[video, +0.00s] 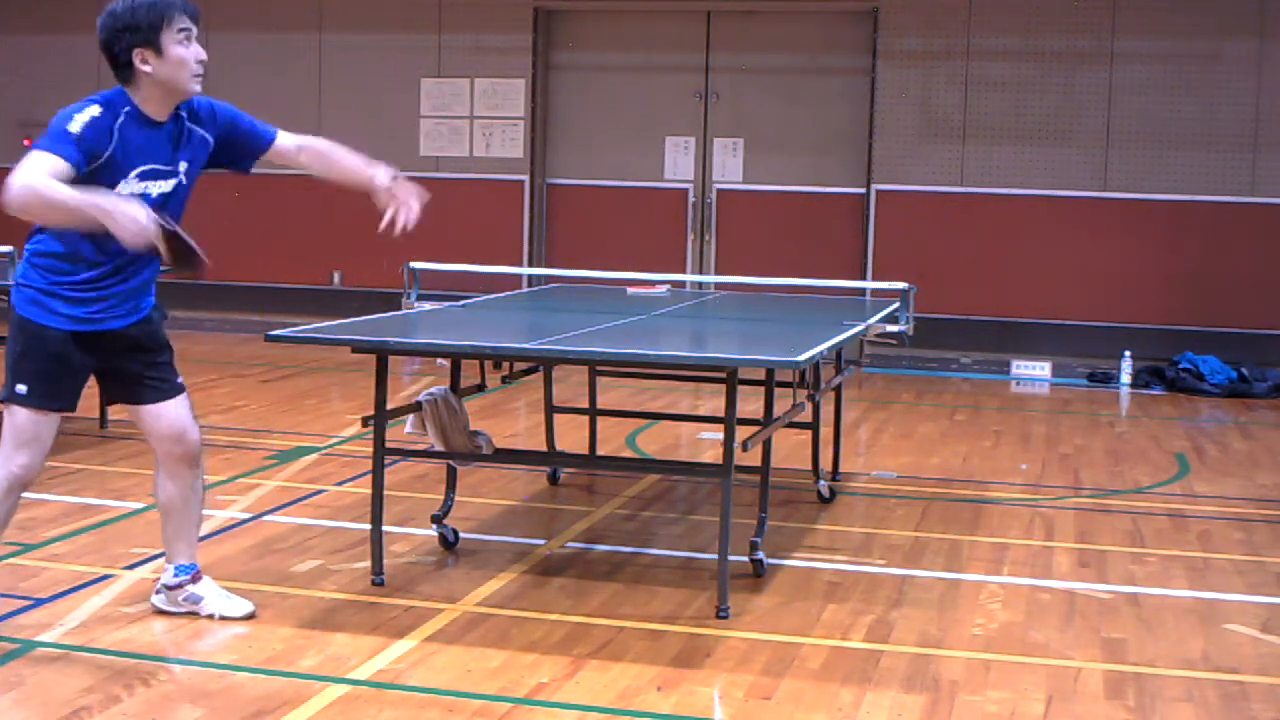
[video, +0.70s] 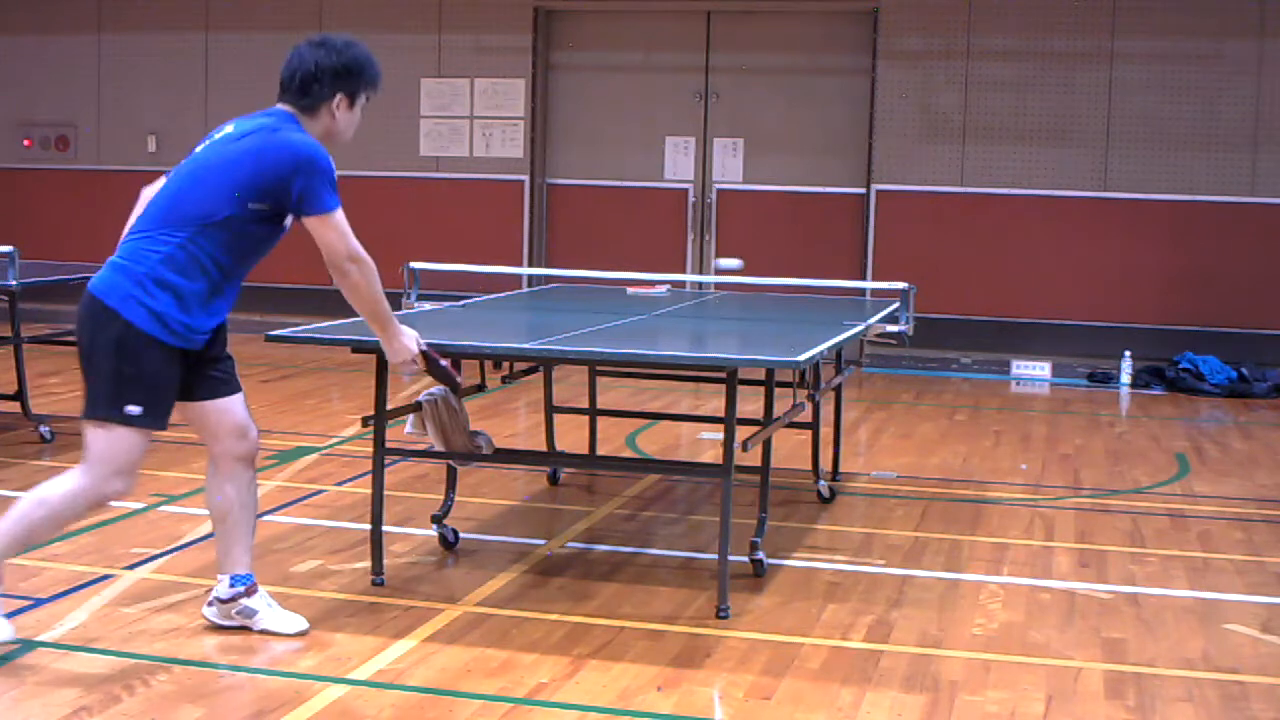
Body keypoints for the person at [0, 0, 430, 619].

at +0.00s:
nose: (202, 52)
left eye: (198, 39)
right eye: (185, 40)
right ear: (142, 59)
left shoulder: (206, 122)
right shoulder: (92, 121)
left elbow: (302, 150)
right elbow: (21, 190)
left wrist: (381, 177)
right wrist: (107, 208)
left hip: (131, 310)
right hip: (51, 310)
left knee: (180, 440)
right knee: (17, 467)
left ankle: (180, 578)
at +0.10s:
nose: (200, 65)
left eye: (198, 50)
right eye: (183, 51)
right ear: (138, 68)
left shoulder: (204, 135)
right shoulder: (93, 125)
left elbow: (286, 183)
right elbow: (24, 195)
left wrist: (348, 236)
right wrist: (32, 152)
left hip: (130, 316)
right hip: (48, 313)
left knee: (187, 447)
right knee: (23, 470)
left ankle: (183, 577)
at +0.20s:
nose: (212, 85)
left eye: (211, 70)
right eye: (197, 70)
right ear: (151, 80)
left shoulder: (204, 154)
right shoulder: (98, 126)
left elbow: (251, 225)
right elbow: (29, 181)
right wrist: (28, 125)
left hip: (128, 322)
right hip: (49, 320)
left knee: (201, 440)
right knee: (27, 475)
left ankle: (186, 571)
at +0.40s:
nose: (288, 144)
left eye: (295, 132)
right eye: (288, 127)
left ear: (254, 111)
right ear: (251, 106)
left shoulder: (218, 160)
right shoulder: (181, 125)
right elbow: (209, 202)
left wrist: (305, 284)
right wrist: (311, 275)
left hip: (146, 318)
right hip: (71, 315)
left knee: (214, 446)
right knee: (30, 473)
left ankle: (232, 590)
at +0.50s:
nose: (331, 143)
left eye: (335, 131)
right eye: (329, 129)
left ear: (290, 113)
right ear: (298, 115)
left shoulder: (241, 145)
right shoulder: (250, 154)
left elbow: (320, 246)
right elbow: (320, 250)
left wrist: (385, 324)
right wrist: (388, 328)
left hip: (165, 323)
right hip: (95, 319)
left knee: (231, 448)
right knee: (37, 473)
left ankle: (233, 592)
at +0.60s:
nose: (353, 139)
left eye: (357, 124)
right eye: (355, 124)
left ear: (303, 110)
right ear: (330, 119)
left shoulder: (257, 144)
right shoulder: (289, 162)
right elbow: (346, 266)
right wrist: (396, 334)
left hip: (185, 326)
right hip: (118, 318)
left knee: (237, 444)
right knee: (68, 473)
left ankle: (233, 591)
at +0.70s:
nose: (359, 120)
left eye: (363, 106)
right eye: (361, 106)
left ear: (299, 91)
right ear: (339, 104)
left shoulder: (247, 130)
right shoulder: (304, 153)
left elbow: (153, 196)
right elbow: (348, 262)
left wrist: (122, 281)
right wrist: (393, 335)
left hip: (191, 320)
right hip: (135, 313)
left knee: (236, 444)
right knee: (106, 476)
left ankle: (234, 592)